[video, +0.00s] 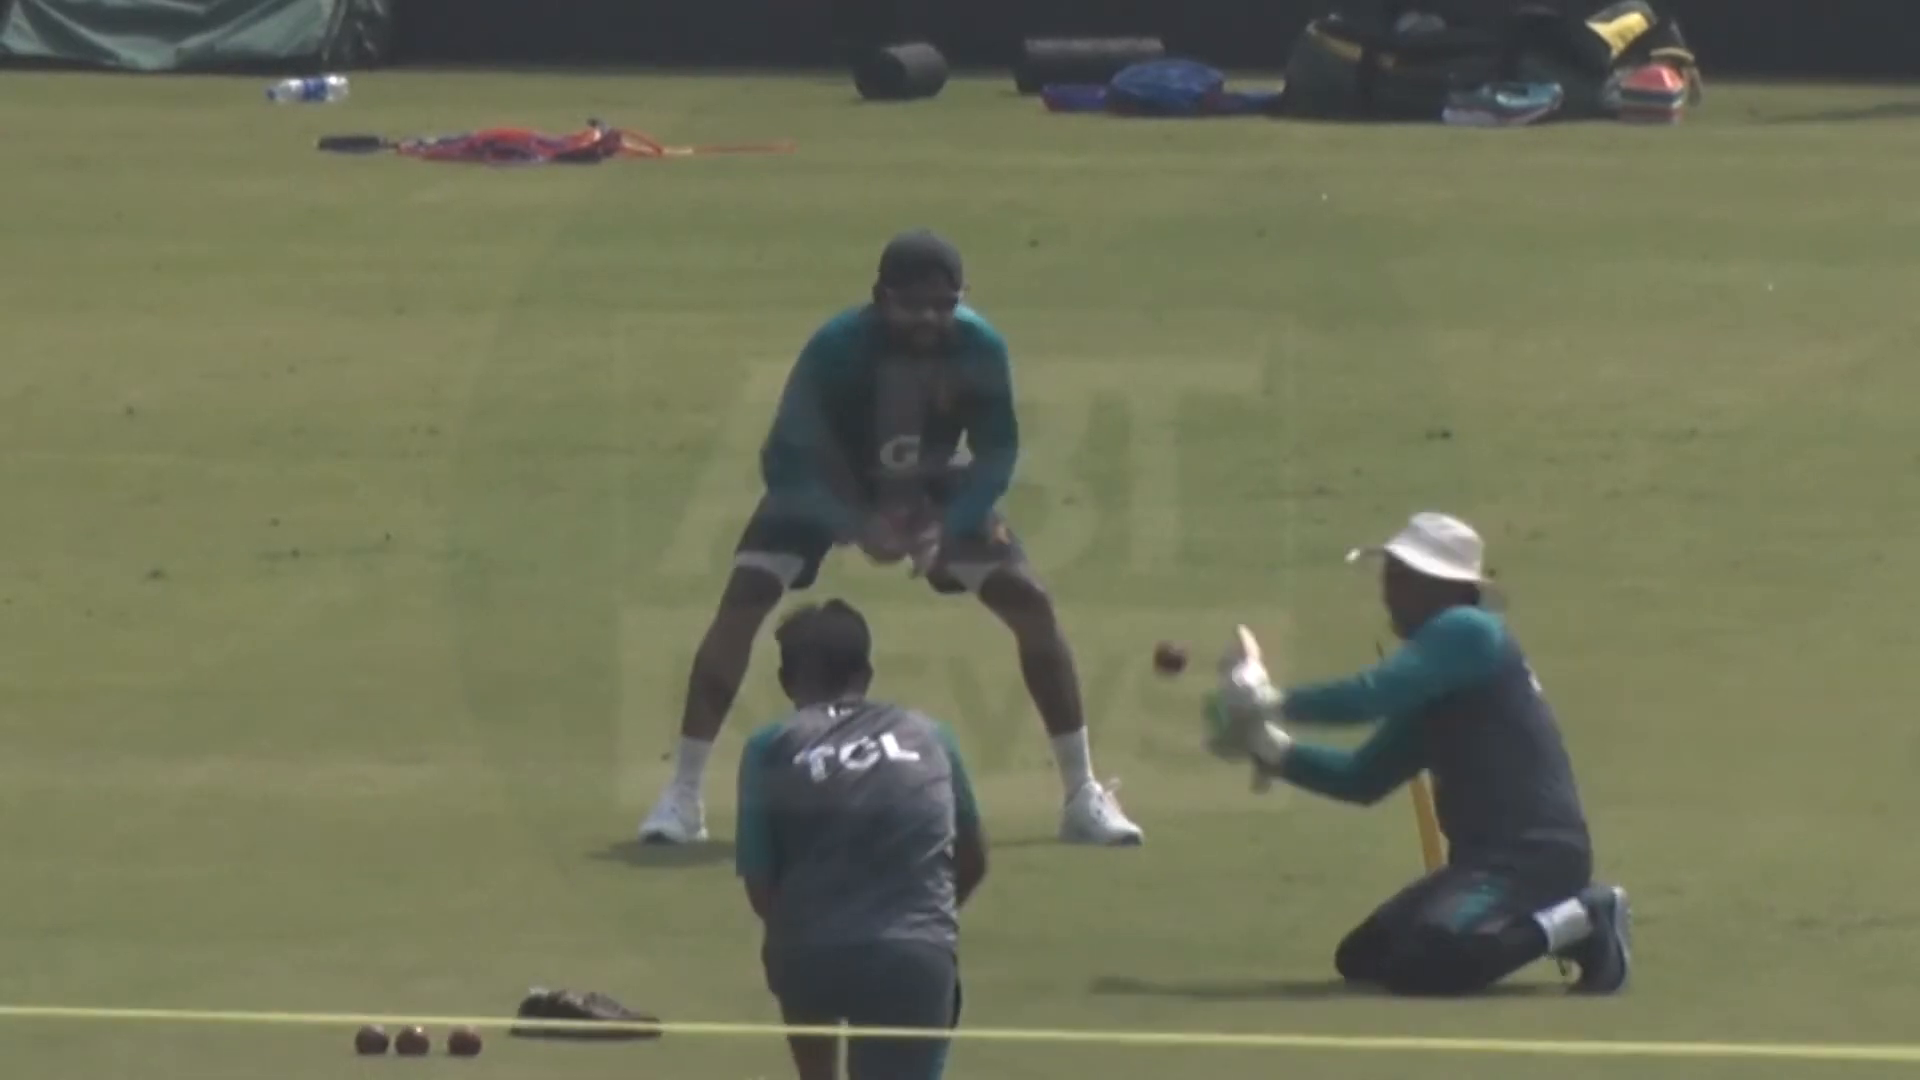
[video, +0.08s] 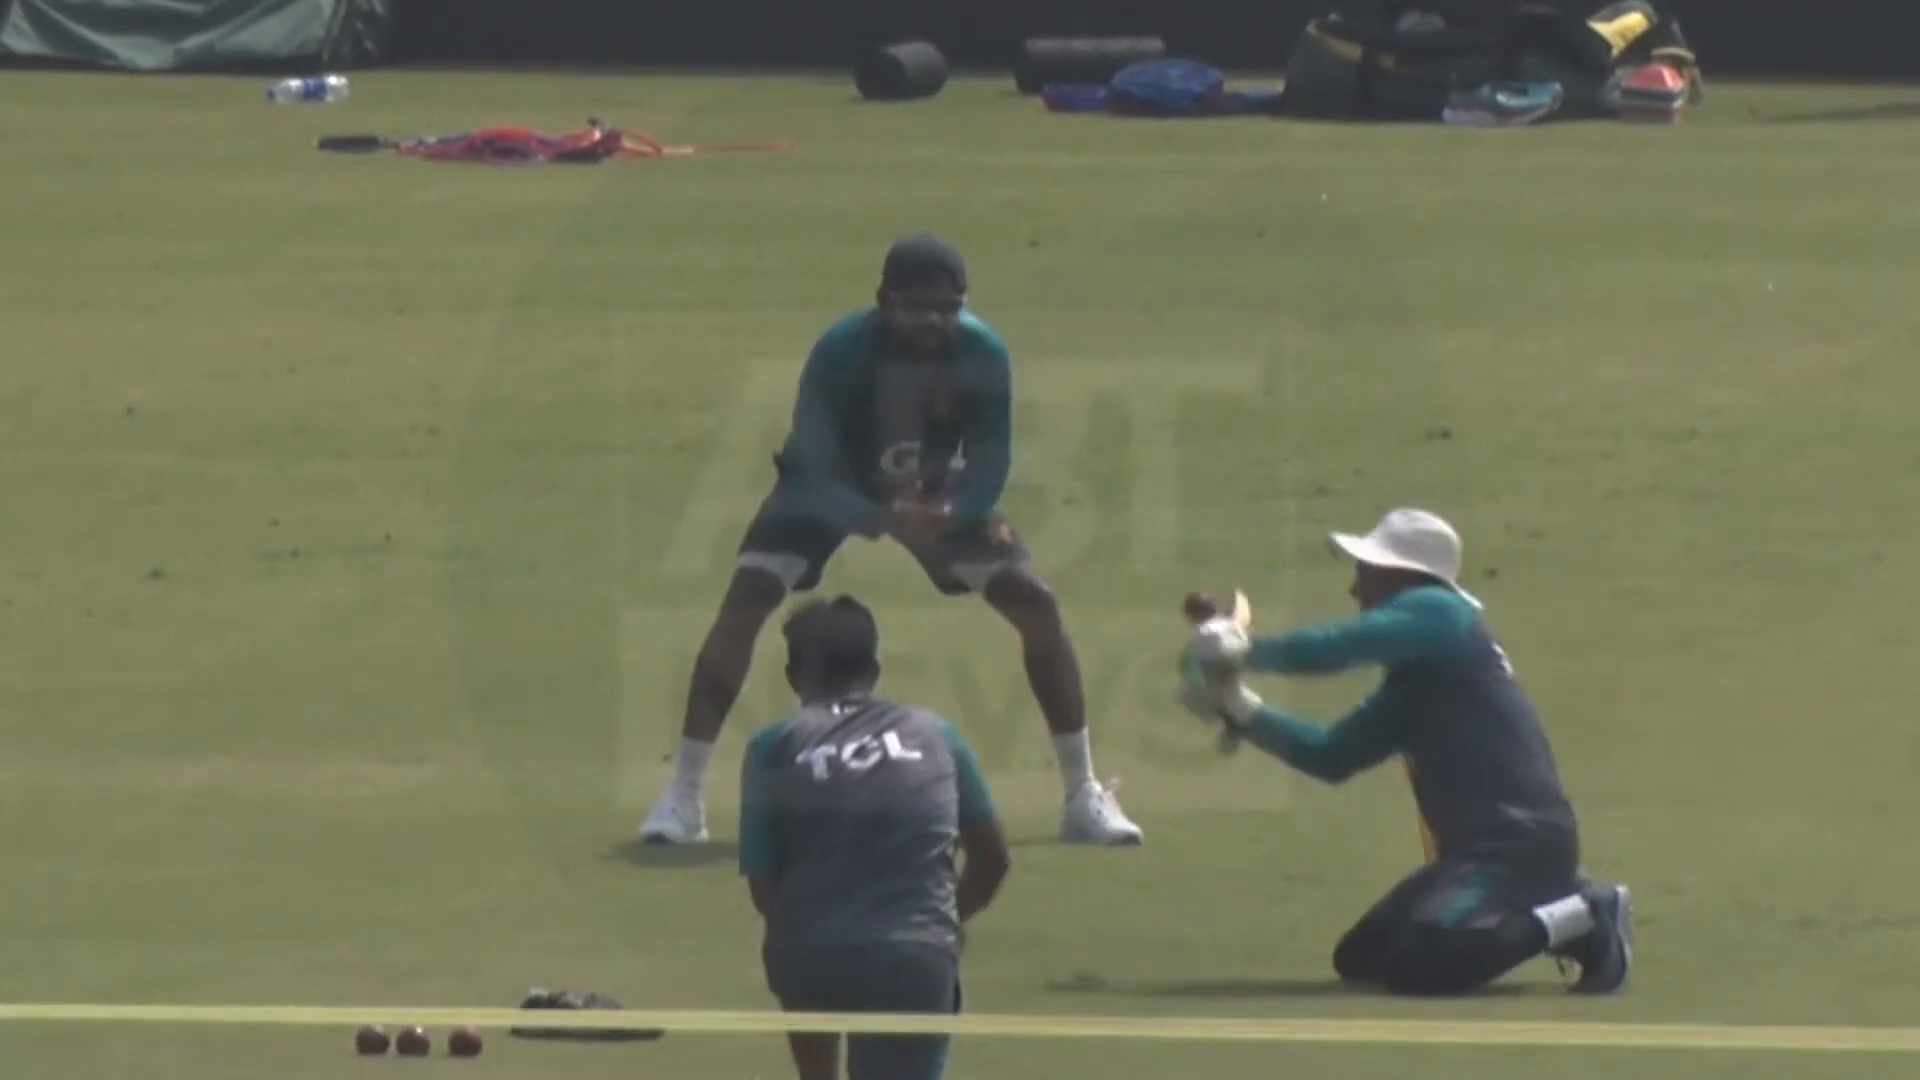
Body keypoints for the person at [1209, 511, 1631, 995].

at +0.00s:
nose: (1385, 589)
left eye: (1397, 574)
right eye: (1387, 574)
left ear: (1434, 582)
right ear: (1437, 584)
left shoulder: (1468, 632)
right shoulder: (1446, 683)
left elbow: (1371, 695)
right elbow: (1363, 780)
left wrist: (1268, 701)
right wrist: (1269, 746)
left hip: (1531, 862)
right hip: (1486, 864)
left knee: (1415, 964)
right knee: (1361, 959)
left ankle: (1584, 918)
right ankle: (1547, 923)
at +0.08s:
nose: (1354, 583)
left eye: (1367, 567)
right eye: (1358, 567)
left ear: (1406, 574)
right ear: (1411, 575)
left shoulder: (1442, 615)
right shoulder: (1422, 678)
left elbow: (1336, 648)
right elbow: (1333, 759)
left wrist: (1240, 647)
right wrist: (1239, 709)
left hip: (1520, 847)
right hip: (1480, 852)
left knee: (1412, 964)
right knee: (1360, 958)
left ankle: (1584, 914)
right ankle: (1550, 918)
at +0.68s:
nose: (1307, 541)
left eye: (1311, 531)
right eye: (1308, 531)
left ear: (1324, 530)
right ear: (1380, 534)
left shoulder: (1332, 567)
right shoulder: (1397, 593)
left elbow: (1298, 670)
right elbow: (1387, 751)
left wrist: (1252, 732)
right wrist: (1297, 758)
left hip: (1437, 794)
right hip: (1460, 788)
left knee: (1376, 963)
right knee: (1357, 957)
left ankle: (1558, 909)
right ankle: (1536, 906)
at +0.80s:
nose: (1297, 540)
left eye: (1301, 530)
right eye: (1300, 528)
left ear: (1314, 532)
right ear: (1367, 534)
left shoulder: (1326, 569)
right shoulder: (1391, 591)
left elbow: (1310, 678)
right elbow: (1385, 742)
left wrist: (1266, 742)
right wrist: (1301, 769)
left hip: (1439, 792)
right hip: (1454, 788)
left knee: (1381, 963)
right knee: (1355, 957)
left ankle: (1557, 908)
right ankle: (1533, 907)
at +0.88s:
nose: (1293, 542)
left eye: (1297, 532)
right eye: (1295, 530)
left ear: (1310, 534)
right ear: (1363, 534)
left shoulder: (1326, 573)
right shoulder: (1390, 591)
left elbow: (1320, 683)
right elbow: (1381, 747)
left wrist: (1275, 753)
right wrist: (1292, 774)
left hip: (1438, 793)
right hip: (1457, 788)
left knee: (1381, 965)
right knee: (1355, 959)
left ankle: (1552, 903)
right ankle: (1534, 903)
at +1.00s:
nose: (1294, 541)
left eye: (1298, 531)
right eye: (1295, 530)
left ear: (1314, 535)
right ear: (1364, 533)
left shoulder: (1333, 580)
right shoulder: (1389, 589)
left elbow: (1333, 693)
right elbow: (1394, 739)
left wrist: (1292, 767)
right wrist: (1303, 774)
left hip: (1447, 801)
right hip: (1448, 798)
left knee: (1383, 966)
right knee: (1355, 959)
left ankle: (1549, 902)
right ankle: (1534, 899)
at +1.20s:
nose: (1298, 550)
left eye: (1302, 540)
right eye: (1298, 538)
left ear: (1321, 546)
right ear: (1369, 539)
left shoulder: (1352, 595)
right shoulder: (1396, 595)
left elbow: (1367, 715)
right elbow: (1395, 747)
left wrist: (1308, 789)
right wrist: (1314, 760)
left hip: (1464, 811)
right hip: (1465, 807)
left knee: (1376, 967)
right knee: (1356, 959)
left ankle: (1545, 905)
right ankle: (1539, 902)